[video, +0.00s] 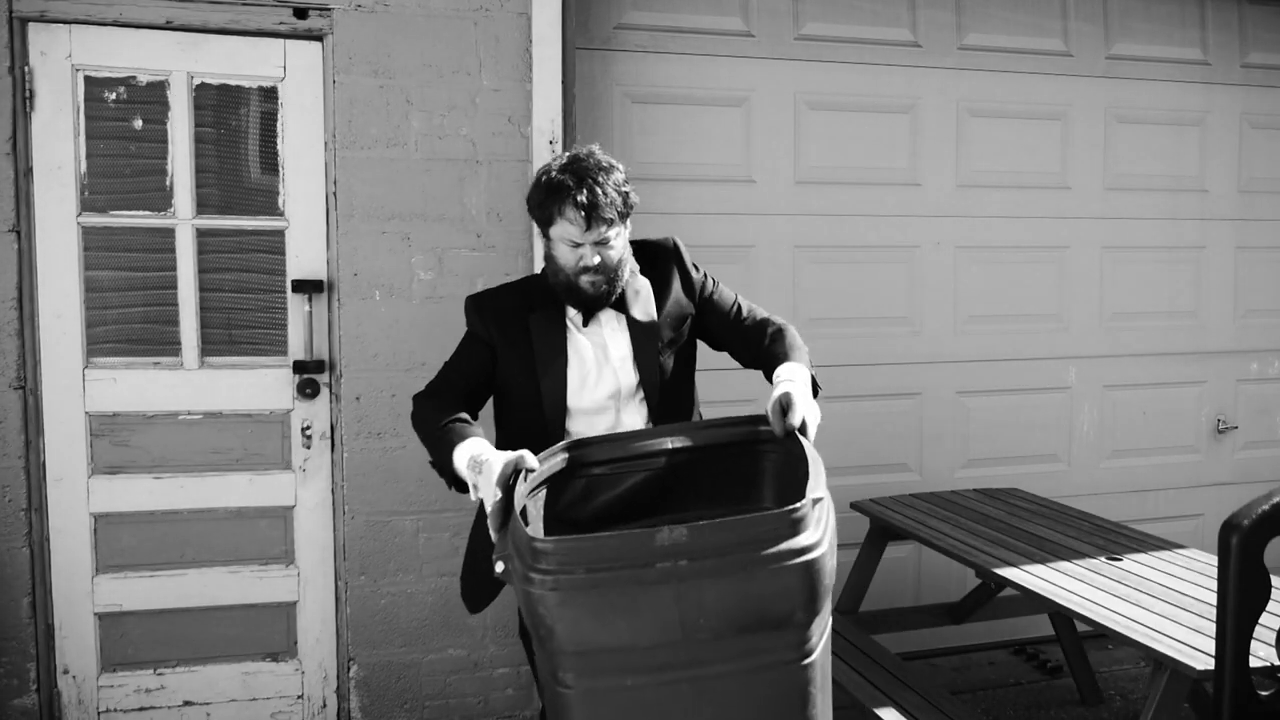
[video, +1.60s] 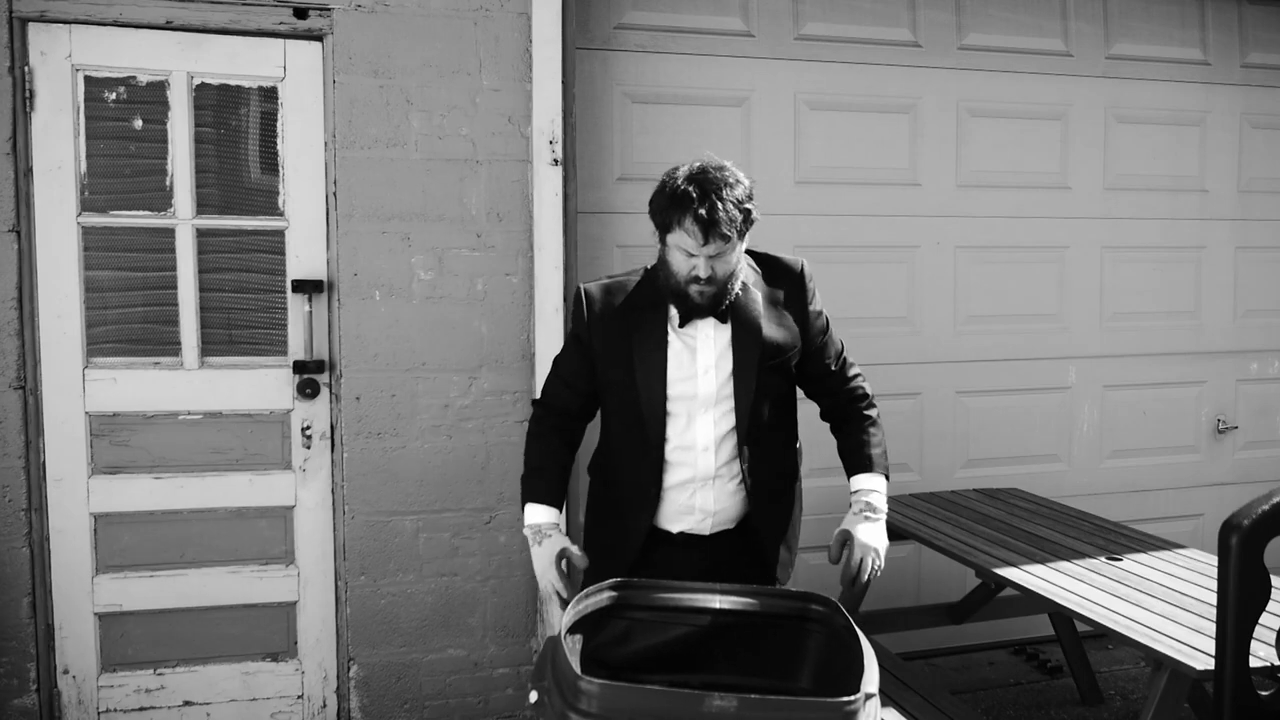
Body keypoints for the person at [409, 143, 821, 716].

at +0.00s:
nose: (592, 258)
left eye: (605, 239)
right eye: (572, 244)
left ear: (627, 225)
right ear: (543, 238)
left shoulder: (670, 278)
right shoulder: (503, 316)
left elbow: (768, 335)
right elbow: (436, 405)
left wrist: (793, 377)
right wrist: (476, 457)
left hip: (668, 534)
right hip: (557, 545)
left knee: (675, 693)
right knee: (570, 700)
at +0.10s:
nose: (609, 263)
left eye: (624, 245)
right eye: (590, 248)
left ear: (647, 231)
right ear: (563, 239)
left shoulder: (687, 285)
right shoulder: (517, 319)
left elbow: (780, 366)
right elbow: (456, 415)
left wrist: (804, 429)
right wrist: (488, 486)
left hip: (682, 543)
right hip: (571, 550)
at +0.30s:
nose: (650, 281)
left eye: (667, 264)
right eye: (634, 264)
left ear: (690, 245)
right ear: (605, 246)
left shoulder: (726, 301)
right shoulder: (553, 326)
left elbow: (791, 403)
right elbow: (504, 434)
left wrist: (817, 496)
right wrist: (510, 535)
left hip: (702, 561)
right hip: (589, 567)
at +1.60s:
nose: (702, 271)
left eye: (719, 255)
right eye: (686, 253)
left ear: (743, 238)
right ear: (662, 235)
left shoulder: (785, 296)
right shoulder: (606, 310)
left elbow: (848, 398)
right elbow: (556, 417)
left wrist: (869, 506)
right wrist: (541, 526)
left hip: (744, 553)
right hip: (636, 553)